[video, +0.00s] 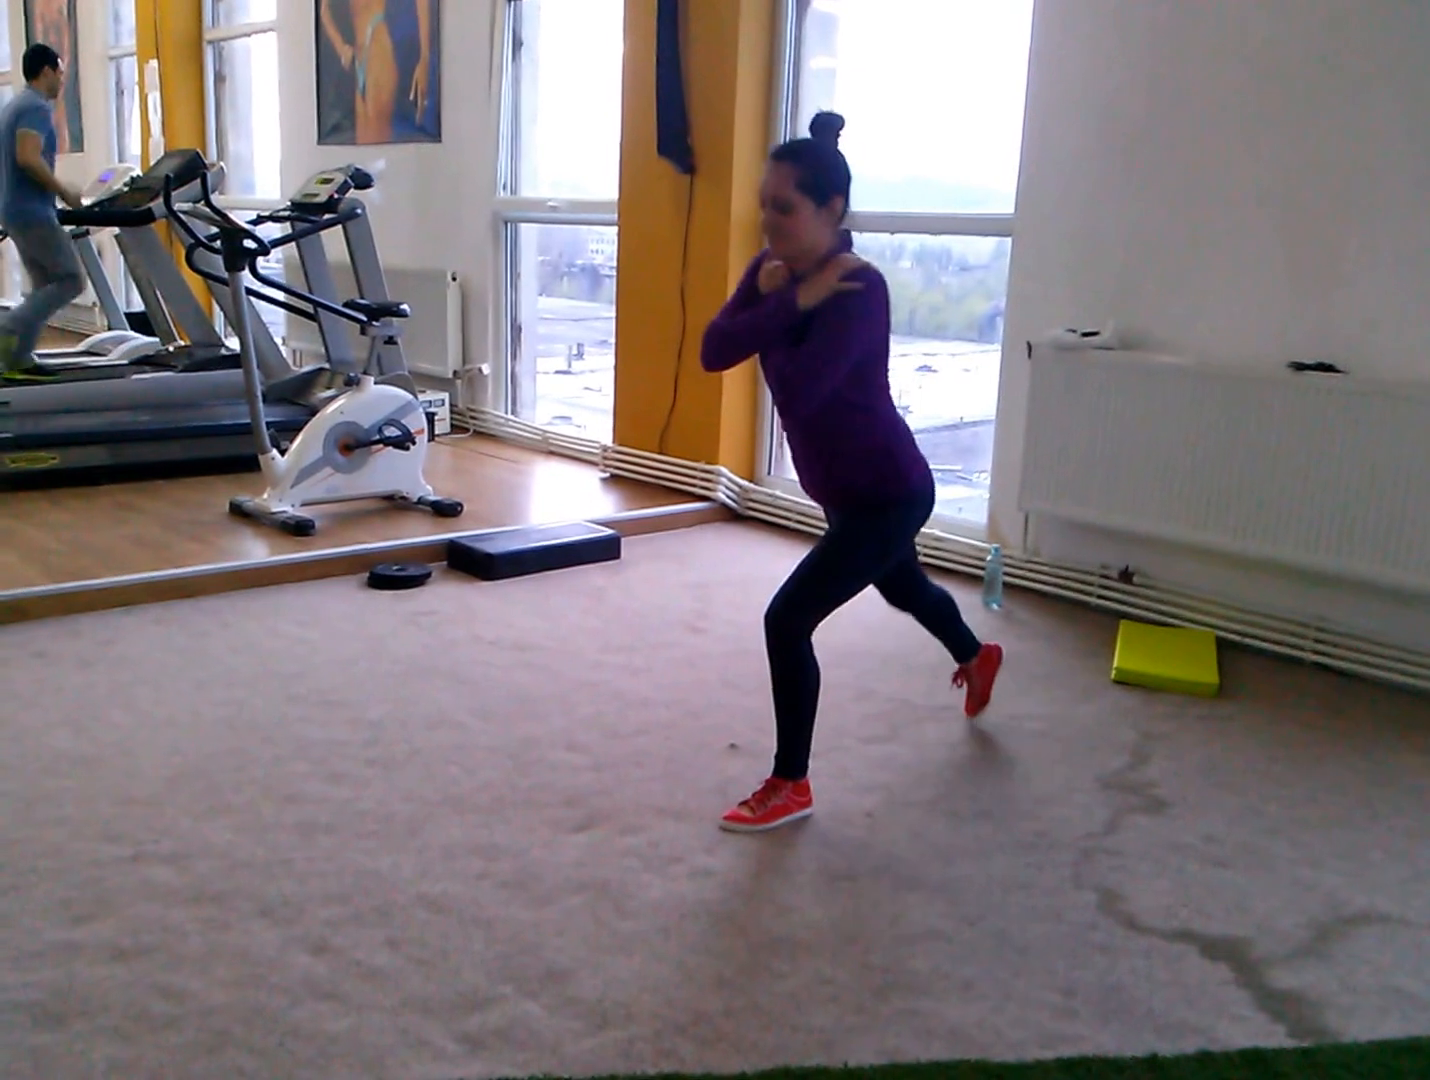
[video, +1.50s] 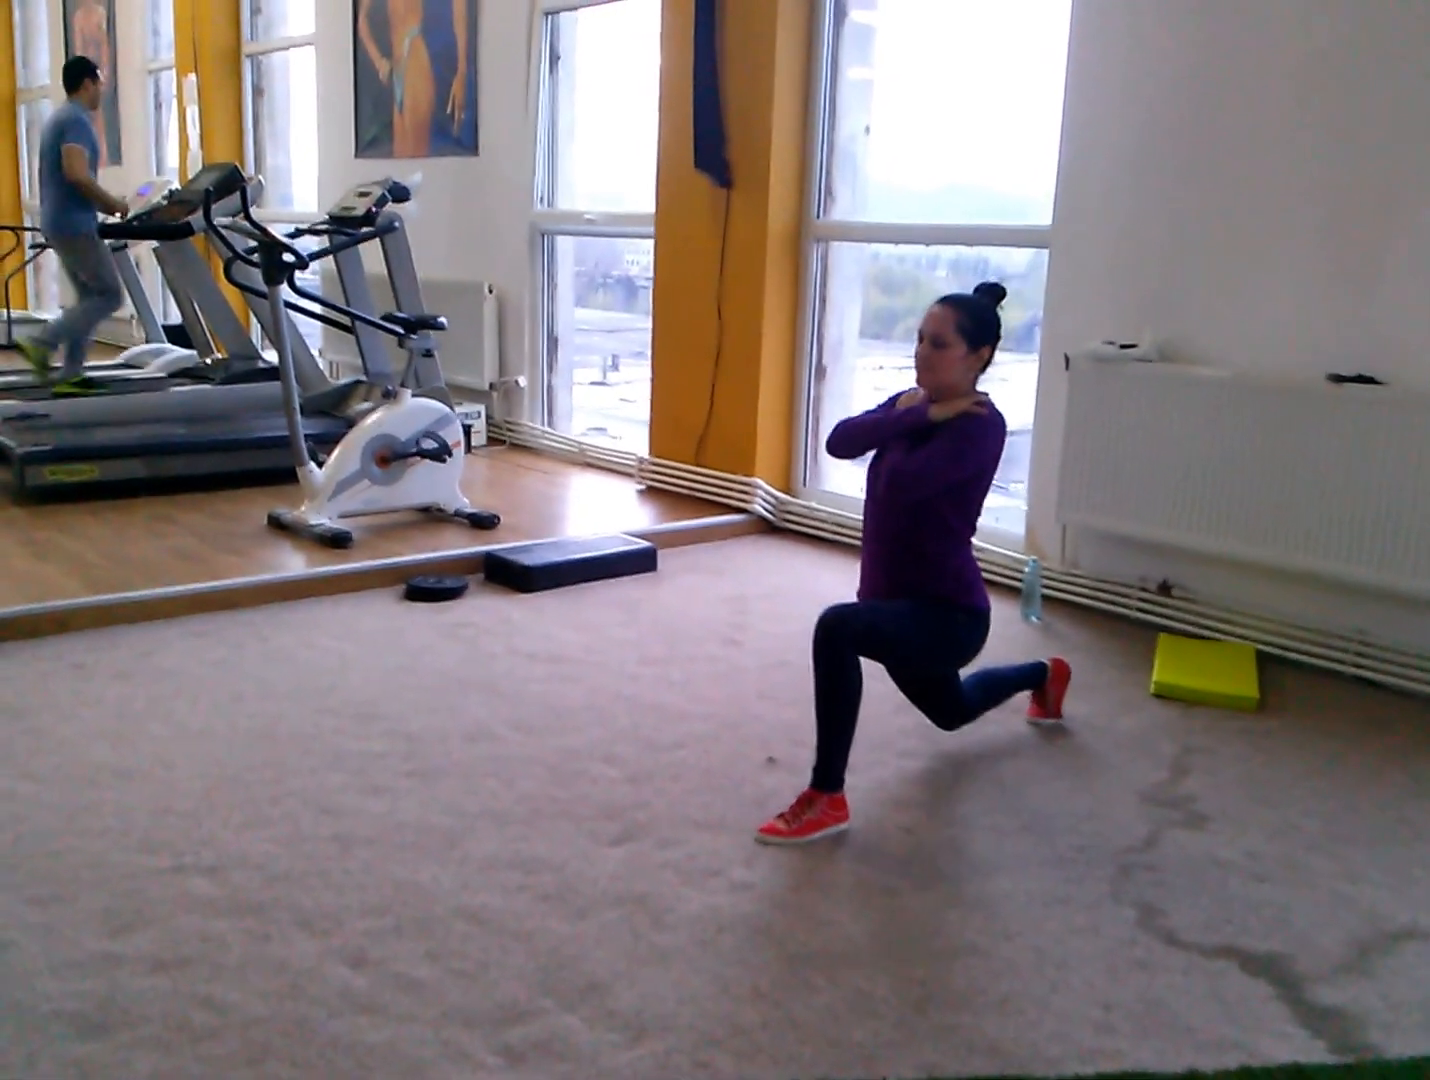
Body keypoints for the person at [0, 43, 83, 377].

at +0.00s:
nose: (61, 79)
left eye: (61, 72)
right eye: (59, 72)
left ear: (33, 73)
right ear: (46, 72)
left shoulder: (19, 104)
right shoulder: (35, 107)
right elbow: (27, 157)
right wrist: (66, 192)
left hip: (18, 211)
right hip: (30, 212)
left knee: (44, 286)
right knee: (70, 281)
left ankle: (20, 357)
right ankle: (10, 326)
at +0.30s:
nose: (72, 77)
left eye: (72, 70)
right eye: (69, 70)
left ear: (47, 70)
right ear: (54, 69)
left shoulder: (37, 102)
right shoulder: (39, 107)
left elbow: (40, 154)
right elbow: (27, 154)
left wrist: (75, 158)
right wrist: (65, 189)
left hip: (32, 210)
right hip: (44, 211)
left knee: (45, 283)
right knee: (77, 279)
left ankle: (1, 312)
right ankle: (66, 357)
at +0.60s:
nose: (78, 71)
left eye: (78, 64)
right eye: (76, 64)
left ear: (47, 64)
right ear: (64, 62)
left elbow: (5, 143)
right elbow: (68, 149)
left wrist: (33, 158)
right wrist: (91, 153)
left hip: (34, 204)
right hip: (51, 205)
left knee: (83, 274)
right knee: (43, 277)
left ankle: (99, 354)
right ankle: (2, 320)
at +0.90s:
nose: (89, 72)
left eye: (88, 66)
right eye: (86, 65)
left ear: (64, 64)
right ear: (71, 64)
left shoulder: (58, 99)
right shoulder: (51, 96)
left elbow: (60, 154)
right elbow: (36, 142)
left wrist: (96, 155)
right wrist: (77, 163)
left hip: (46, 205)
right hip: (55, 205)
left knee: (34, 281)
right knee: (100, 268)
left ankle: (4, 352)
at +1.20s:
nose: (98, 87)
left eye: (98, 80)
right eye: (96, 80)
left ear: (71, 80)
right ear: (84, 79)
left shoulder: (49, 111)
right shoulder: (70, 114)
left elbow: (28, 159)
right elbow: (76, 169)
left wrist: (69, 176)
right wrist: (108, 183)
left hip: (52, 218)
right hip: (66, 219)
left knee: (105, 277)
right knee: (73, 292)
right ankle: (38, 371)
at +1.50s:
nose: (101, 89)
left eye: (100, 83)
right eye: (99, 83)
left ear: (74, 85)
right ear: (87, 84)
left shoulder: (63, 119)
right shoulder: (75, 120)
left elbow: (72, 179)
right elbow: (76, 174)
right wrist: (114, 205)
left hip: (62, 224)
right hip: (73, 225)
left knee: (90, 297)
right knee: (109, 294)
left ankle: (73, 372)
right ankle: (43, 341)